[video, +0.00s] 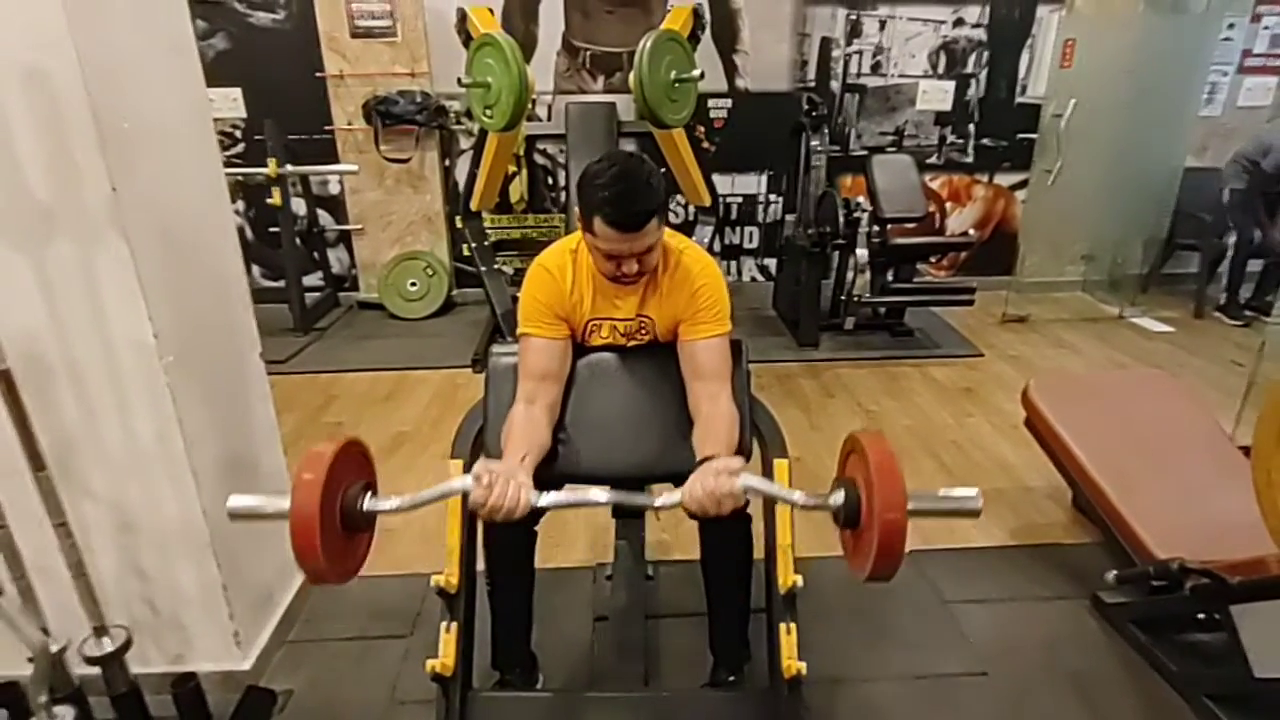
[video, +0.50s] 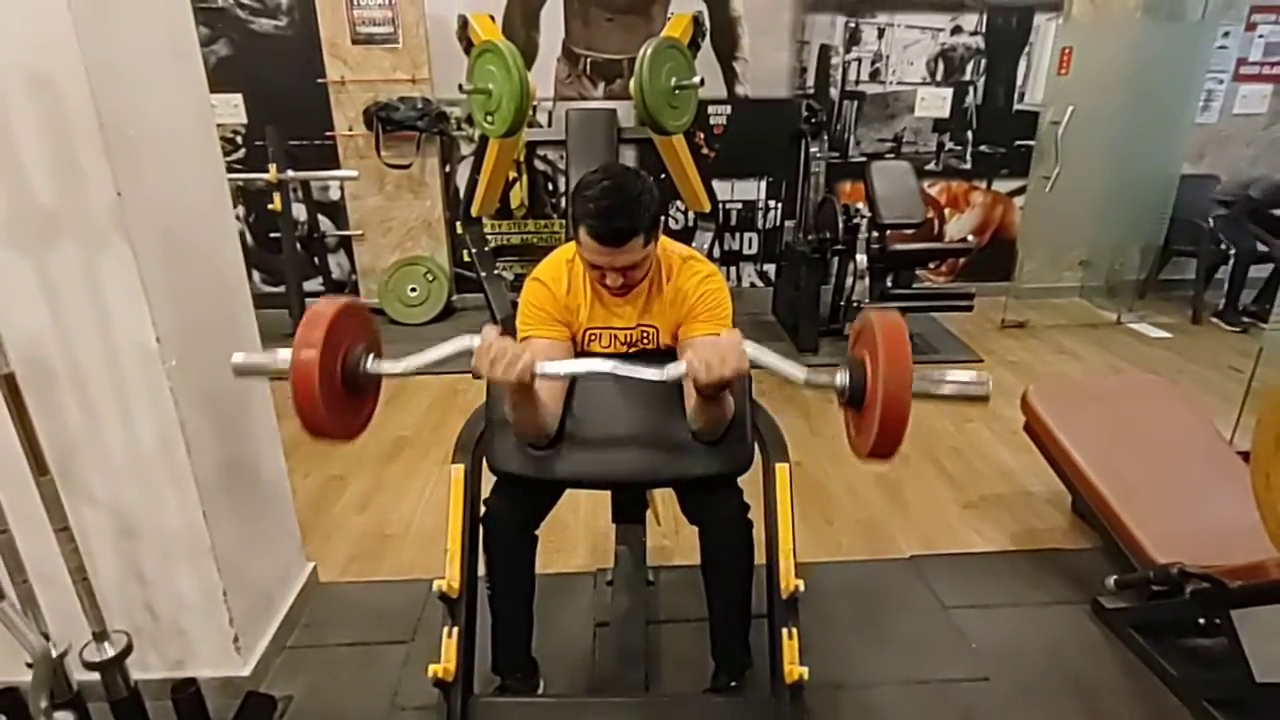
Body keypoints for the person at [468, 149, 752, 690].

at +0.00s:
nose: (629, 268)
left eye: (643, 252)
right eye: (612, 255)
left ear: (662, 223)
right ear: (585, 229)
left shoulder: (696, 274)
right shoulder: (551, 274)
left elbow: (711, 383)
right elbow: (535, 394)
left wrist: (716, 460)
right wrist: (513, 468)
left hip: (670, 424)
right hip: (573, 426)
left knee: (724, 489)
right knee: (502, 489)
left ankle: (730, 669)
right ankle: (513, 670)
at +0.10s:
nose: (619, 275)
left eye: (635, 260)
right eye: (604, 261)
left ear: (658, 232)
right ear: (582, 233)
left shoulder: (696, 278)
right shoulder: (550, 277)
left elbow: (710, 390)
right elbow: (535, 396)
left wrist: (716, 444)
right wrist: (511, 445)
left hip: (667, 416)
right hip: (575, 413)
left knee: (724, 506)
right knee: (504, 512)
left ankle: (730, 673)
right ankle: (513, 676)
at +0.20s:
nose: (619, 276)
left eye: (635, 261)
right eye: (603, 262)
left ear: (658, 233)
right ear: (580, 235)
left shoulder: (696, 279)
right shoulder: (550, 278)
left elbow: (712, 398)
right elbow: (535, 398)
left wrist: (715, 441)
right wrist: (512, 441)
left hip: (666, 414)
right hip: (576, 412)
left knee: (723, 507)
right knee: (504, 514)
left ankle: (729, 674)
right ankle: (513, 677)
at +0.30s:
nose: (615, 278)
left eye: (630, 265)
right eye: (599, 264)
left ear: (656, 236)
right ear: (578, 236)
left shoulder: (697, 279)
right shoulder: (550, 281)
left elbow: (712, 391)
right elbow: (538, 410)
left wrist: (715, 410)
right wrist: (513, 418)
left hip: (669, 423)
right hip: (575, 423)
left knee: (725, 514)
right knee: (504, 517)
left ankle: (731, 674)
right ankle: (514, 678)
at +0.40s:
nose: (614, 278)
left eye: (630, 265)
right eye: (598, 265)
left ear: (655, 236)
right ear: (578, 236)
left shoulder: (696, 279)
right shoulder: (550, 281)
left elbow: (712, 397)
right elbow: (539, 426)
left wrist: (715, 408)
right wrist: (514, 417)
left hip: (669, 424)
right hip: (575, 423)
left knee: (726, 515)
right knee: (504, 517)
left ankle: (731, 674)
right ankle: (515, 678)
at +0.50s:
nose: (614, 280)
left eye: (629, 266)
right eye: (598, 266)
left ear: (654, 236)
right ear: (578, 237)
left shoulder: (697, 279)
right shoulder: (550, 281)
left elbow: (710, 429)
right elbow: (539, 433)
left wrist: (712, 390)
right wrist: (517, 387)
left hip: (669, 422)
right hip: (576, 421)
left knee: (726, 518)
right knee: (504, 517)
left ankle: (731, 675)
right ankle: (515, 679)